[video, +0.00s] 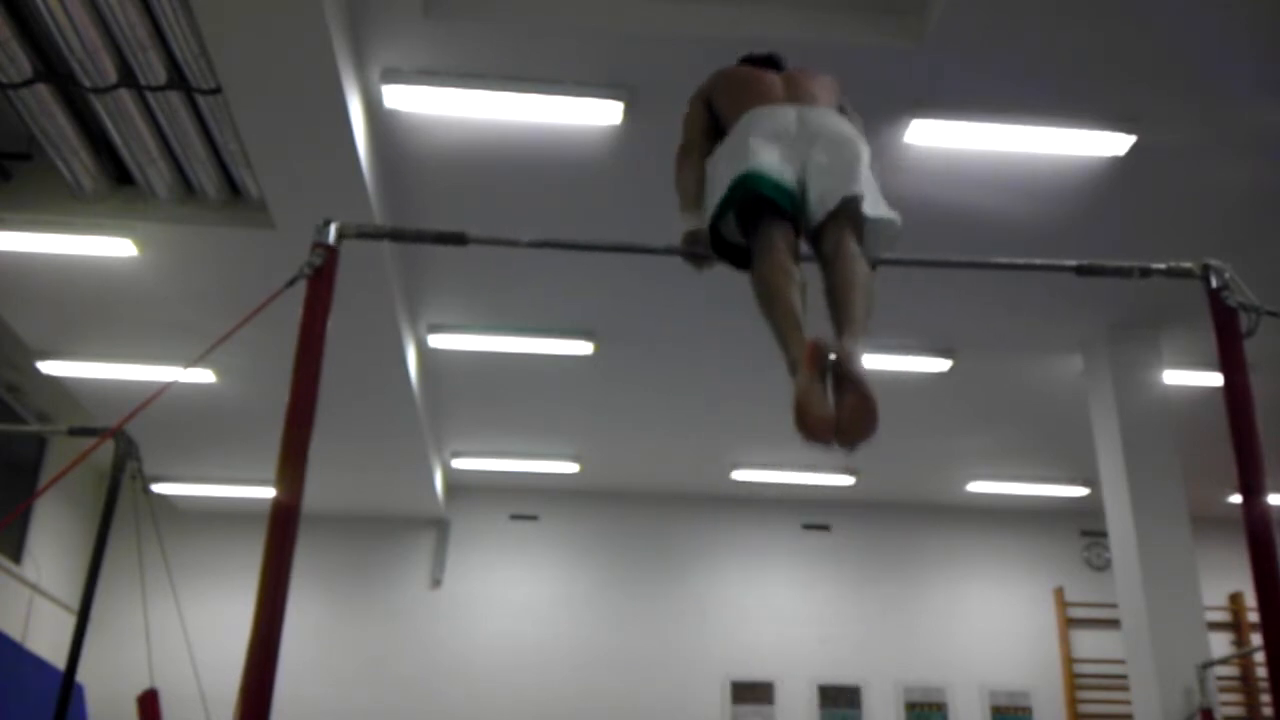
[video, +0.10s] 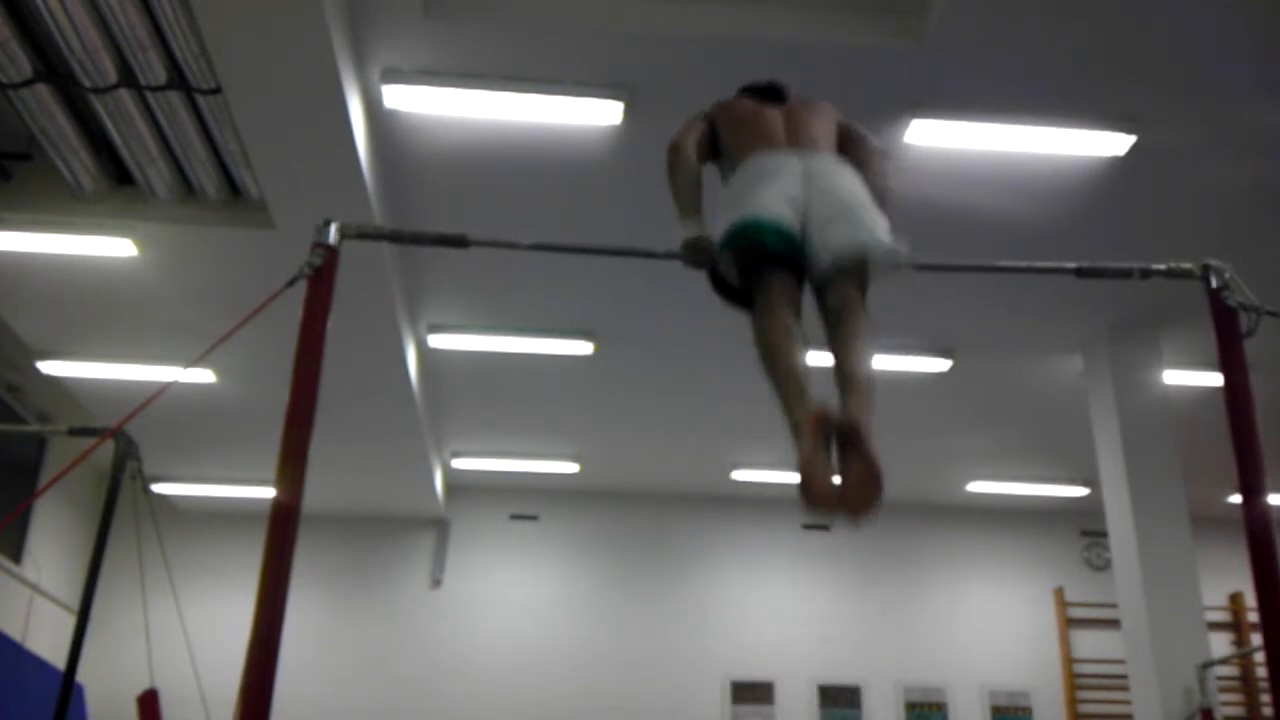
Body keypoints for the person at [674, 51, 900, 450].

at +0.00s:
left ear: (735, 72)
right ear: (785, 70)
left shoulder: (718, 84)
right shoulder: (823, 85)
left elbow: (691, 150)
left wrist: (692, 221)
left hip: (755, 128)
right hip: (835, 131)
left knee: (771, 244)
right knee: (842, 238)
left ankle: (802, 365)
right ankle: (851, 360)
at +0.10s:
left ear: (738, 102)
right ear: (792, 99)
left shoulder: (722, 112)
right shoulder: (824, 112)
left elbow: (682, 147)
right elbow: (871, 156)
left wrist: (691, 227)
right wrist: (877, 226)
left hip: (760, 178)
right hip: (838, 181)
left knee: (775, 310)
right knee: (848, 315)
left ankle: (807, 431)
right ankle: (858, 431)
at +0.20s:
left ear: (741, 131)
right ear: (795, 130)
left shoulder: (726, 142)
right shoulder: (826, 147)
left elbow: (678, 155)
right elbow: (890, 173)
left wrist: (692, 239)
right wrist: (873, 248)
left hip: (762, 244)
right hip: (837, 250)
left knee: (775, 379)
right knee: (849, 383)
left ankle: (805, 514)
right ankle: (857, 514)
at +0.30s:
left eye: (738, 136)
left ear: (743, 134)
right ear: (801, 133)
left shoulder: (731, 147)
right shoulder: (833, 156)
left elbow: (678, 151)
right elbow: (902, 169)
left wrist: (693, 236)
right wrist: (873, 244)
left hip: (761, 283)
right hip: (835, 283)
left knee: (770, 457)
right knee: (843, 453)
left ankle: (793, 610)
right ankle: (842, 611)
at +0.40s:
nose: (759, 133)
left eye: (754, 125)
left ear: (750, 125)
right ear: (807, 125)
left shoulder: (734, 150)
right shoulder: (845, 160)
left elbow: (677, 203)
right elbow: (911, 215)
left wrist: (704, 245)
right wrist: (867, 251)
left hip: (763, 323)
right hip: (840, 325)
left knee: (763, 512)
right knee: (834, 512)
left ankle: (776, 687)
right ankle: (823, 685)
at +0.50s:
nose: (759, 159)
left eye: (758, 149)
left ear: (757, 147)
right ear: (819, 147)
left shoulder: (736, 194)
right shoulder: (858, 201)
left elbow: (669, 280)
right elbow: (921, 289)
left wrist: (716, 237)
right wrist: (870, 240)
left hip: (760, 405)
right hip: (840, 405)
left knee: (756, 590)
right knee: (826, 587)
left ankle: (758, 717)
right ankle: (815, 718)